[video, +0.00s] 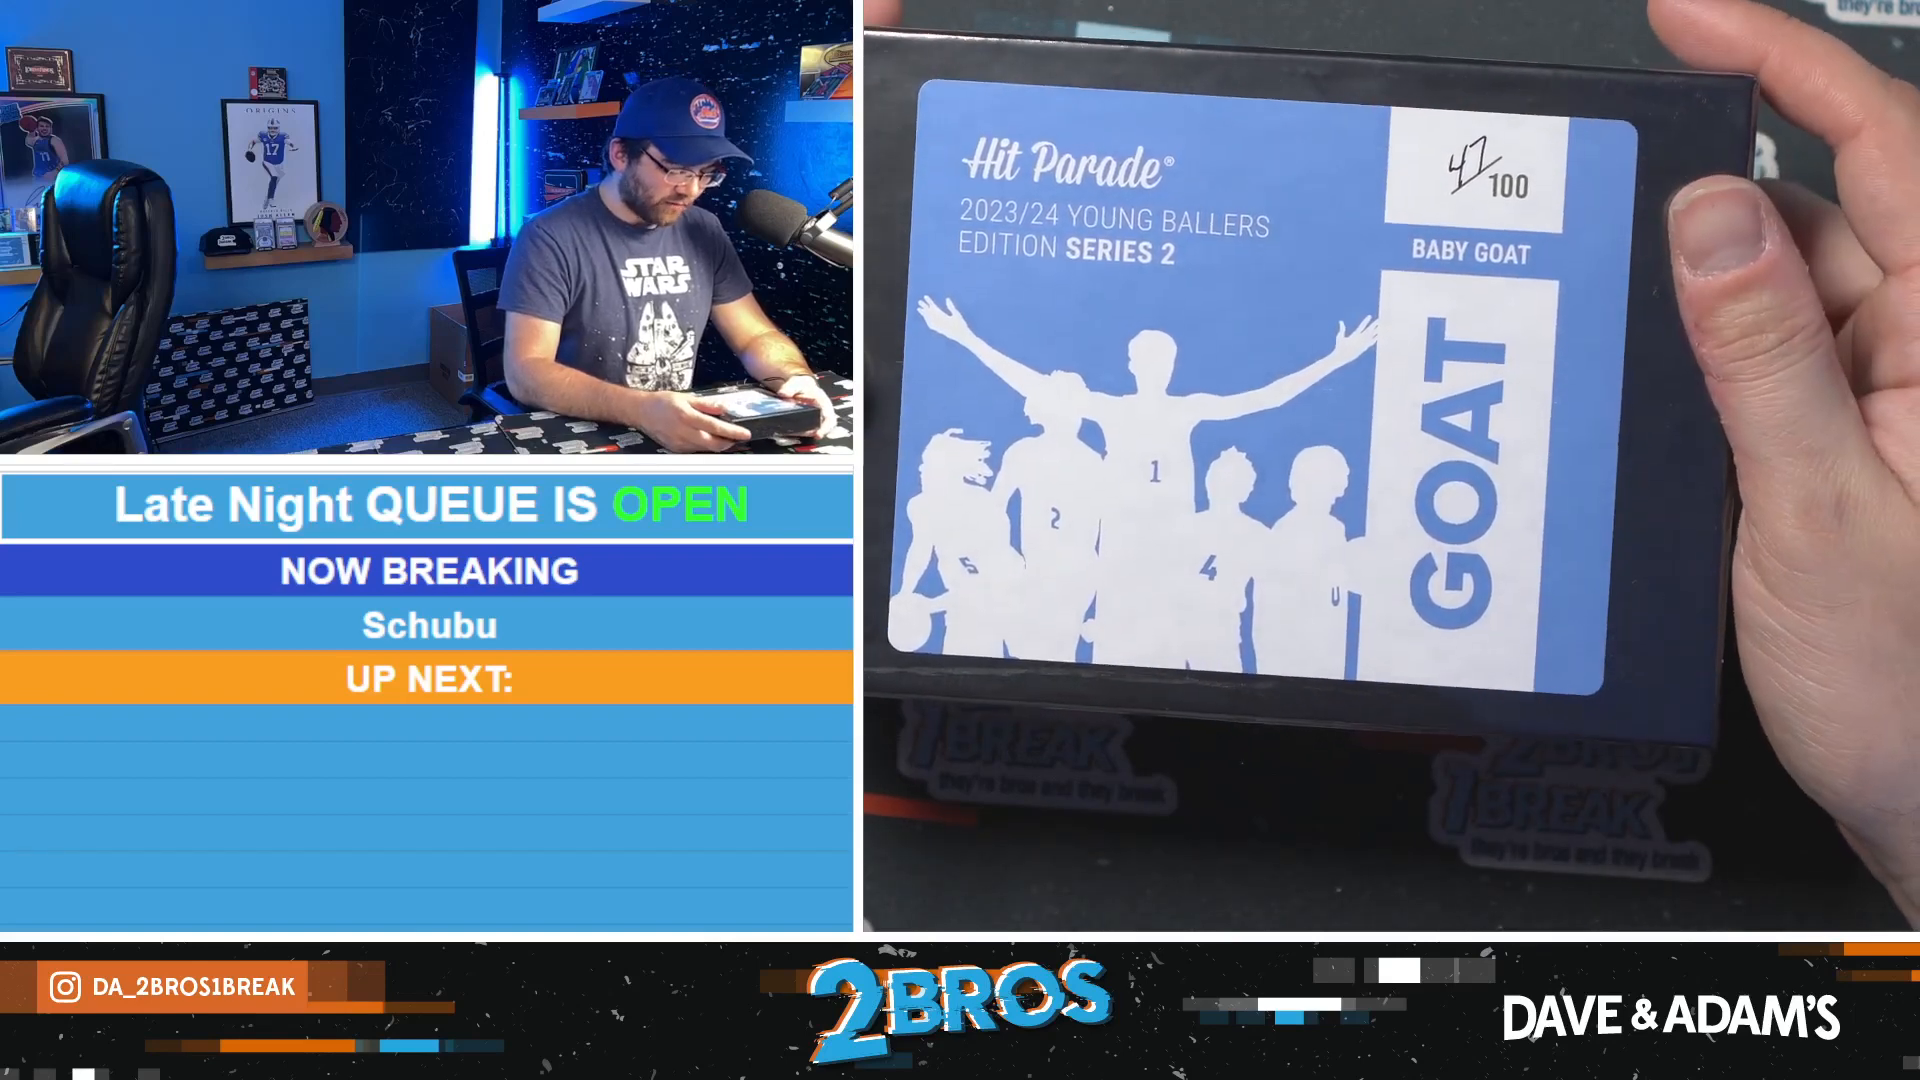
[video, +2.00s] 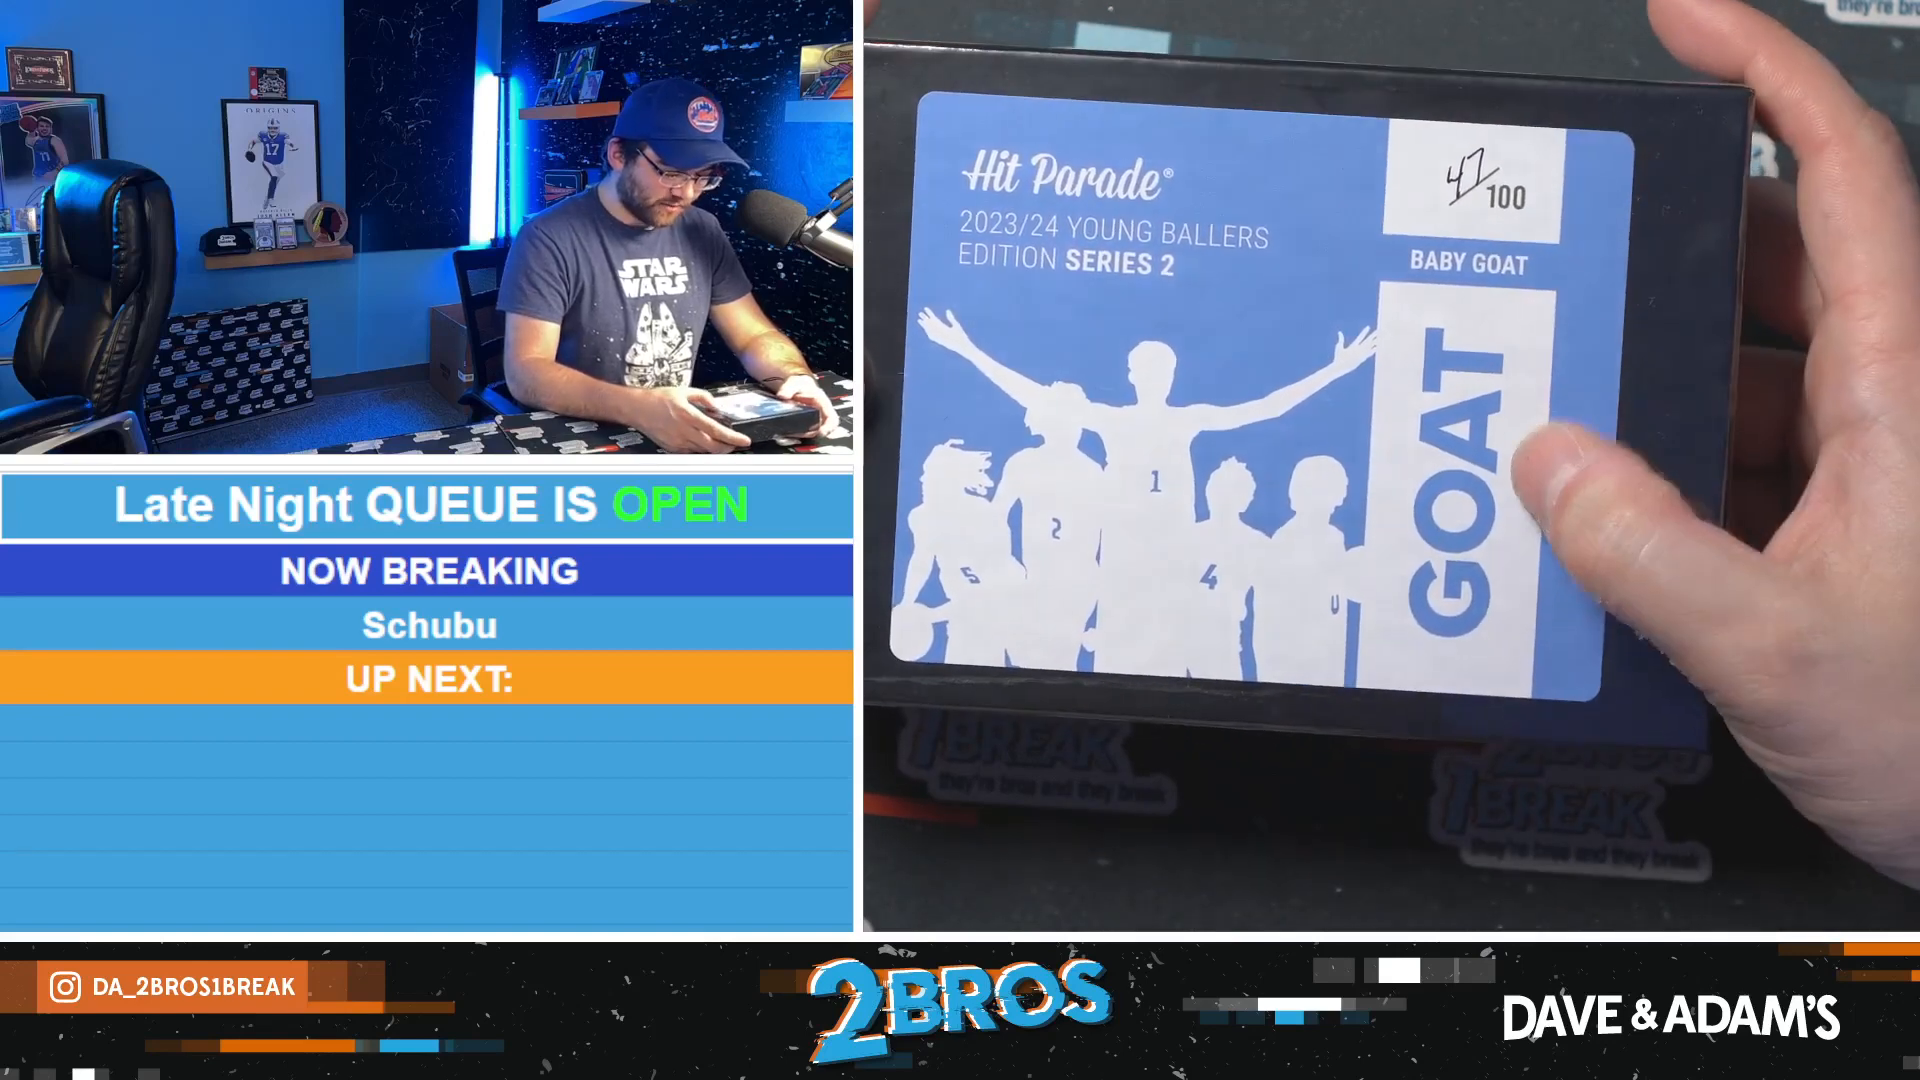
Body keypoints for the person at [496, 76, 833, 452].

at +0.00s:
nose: (689, 189)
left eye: (703, 172)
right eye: (673, 168)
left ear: (715, 169)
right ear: (619, 155)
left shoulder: (701, 231)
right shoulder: (551, 236)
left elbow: (754, 334)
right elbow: (526, 371)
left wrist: (793, 376)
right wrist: (643, 408)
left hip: (679, 456)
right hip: (576, 460)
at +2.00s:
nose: (686, 192)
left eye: (701, 175)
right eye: (670, 170)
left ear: (715, 171)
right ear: (618, 155)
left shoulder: (701, 232)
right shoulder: (553, 237)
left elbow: (756, 335)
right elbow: (528, 373)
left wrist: (795, 375)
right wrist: (641, 408)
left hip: (680, 460)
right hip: (576, 464)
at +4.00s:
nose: (689, 185)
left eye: (704, 169)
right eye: (673, 165)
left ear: (715, 169)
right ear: (620, 152)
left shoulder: (701, 232)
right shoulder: (552, 239)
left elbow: (755, 333)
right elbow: (527, 375)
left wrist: (797, 380)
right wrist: (641, 398)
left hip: (686, 457)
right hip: (581, 462)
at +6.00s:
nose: (645, 170)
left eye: (670, 155)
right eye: (631, 149)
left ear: (701, 161)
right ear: (610, 148)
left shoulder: (709, 236)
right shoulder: (550, 238)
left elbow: (772, 341)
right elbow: (499, 348)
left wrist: (760, 376)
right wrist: (496, 408)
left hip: (677, 455)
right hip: (568, 457)